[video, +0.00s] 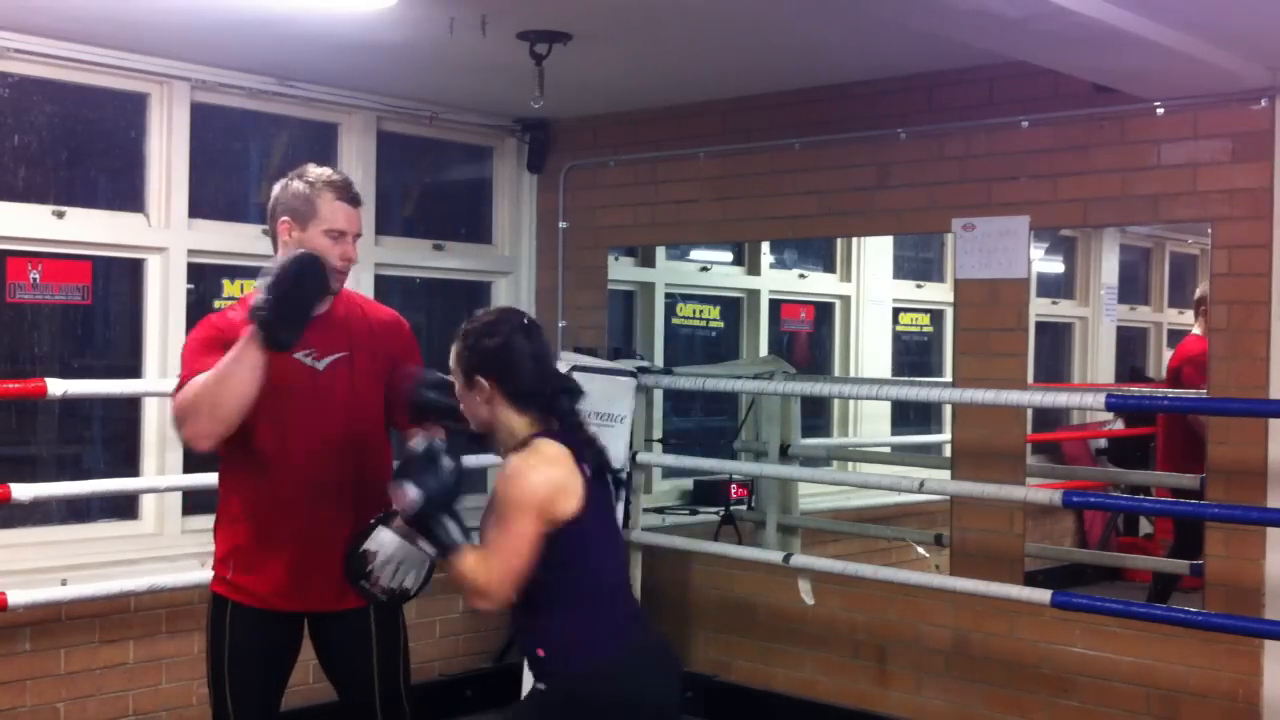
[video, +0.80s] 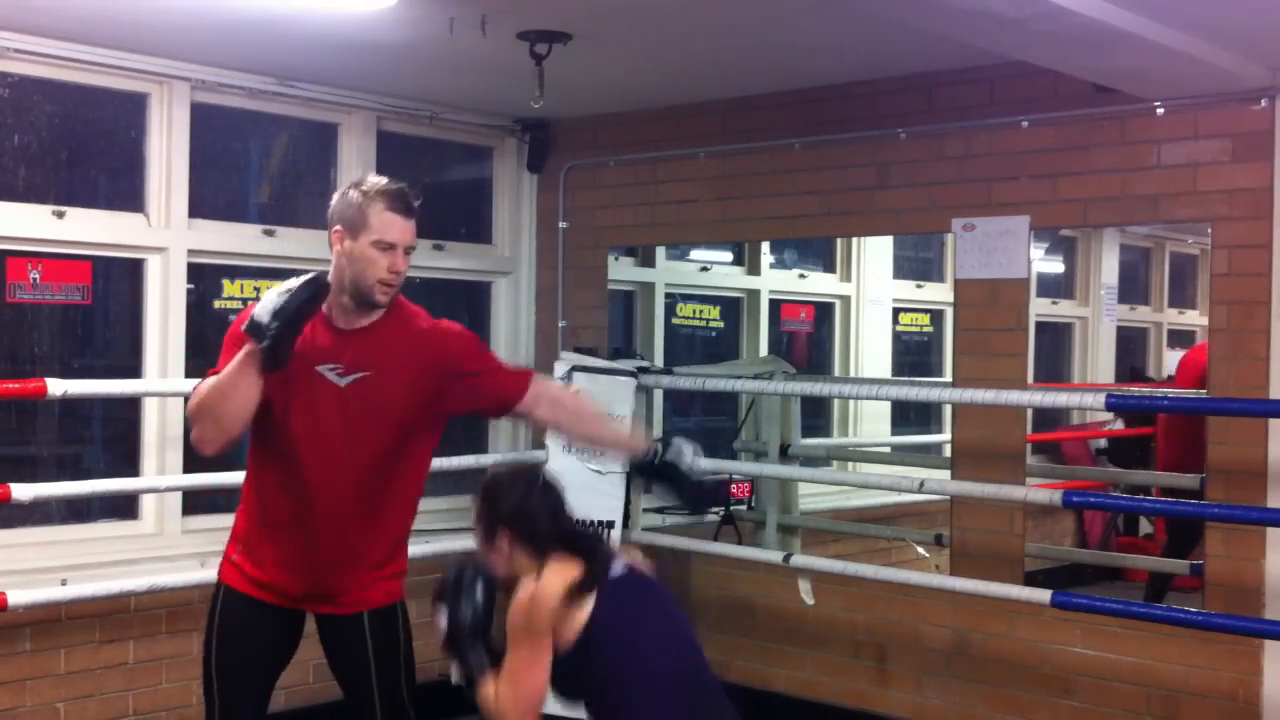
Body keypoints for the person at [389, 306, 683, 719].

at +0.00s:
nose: (456, 396)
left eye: (457, 383)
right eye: (453, 382)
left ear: (484, 390)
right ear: (535, 375)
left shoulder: (531, 470)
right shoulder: (571, 443)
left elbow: (489, 588)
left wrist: (436, 517)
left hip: (583, 690)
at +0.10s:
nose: (475, 386)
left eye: (476, 373)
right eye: (474, 374)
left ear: (498, 380)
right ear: (553, 367)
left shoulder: (517, 463)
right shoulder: (611, 430)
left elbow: (461, 572)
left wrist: (434, 489)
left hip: (580, 684)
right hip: (657, 670)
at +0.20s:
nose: (522, 384)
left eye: (523, 373)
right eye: (522, 372)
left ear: (541, 379)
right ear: (597, 366)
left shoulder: (553, 463)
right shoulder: (658, 439)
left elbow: (500, 563)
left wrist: (477, 485)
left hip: (609, 685)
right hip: (689, 674)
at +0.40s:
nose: (567, 367)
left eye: (569, 353)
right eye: (565, 352)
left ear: (592, 359)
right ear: (648, 349)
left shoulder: (594, 438)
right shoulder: (704, 426)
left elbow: (543, 546)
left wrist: (524, 462)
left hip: (636, 669)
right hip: (717, 661)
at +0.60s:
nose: (555, 385)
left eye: (556, 373)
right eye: (552, 374)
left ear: (578, 373)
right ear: (632, 362)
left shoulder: (574, 448)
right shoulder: (682, 433)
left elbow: (529, 560)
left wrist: (508, 484)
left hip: (644, 680)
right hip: (724, 667)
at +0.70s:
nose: (513, 459)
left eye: (513, 444)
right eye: (513, 444)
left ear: (533, 442)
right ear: (580, 432)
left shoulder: (549, 506)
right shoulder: (626, 481)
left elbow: (509, 634)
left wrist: (484, 550)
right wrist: (498, 469)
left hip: (648, 701)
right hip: (721, 691)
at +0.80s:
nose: (478, 545)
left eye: (480, 532)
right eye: (478, 531)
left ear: (505, 540)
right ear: (554, 518)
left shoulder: (536, 596)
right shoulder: (622, 560)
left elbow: (514, 710)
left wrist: (468, 646)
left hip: (644, 711)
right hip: (713, 707)